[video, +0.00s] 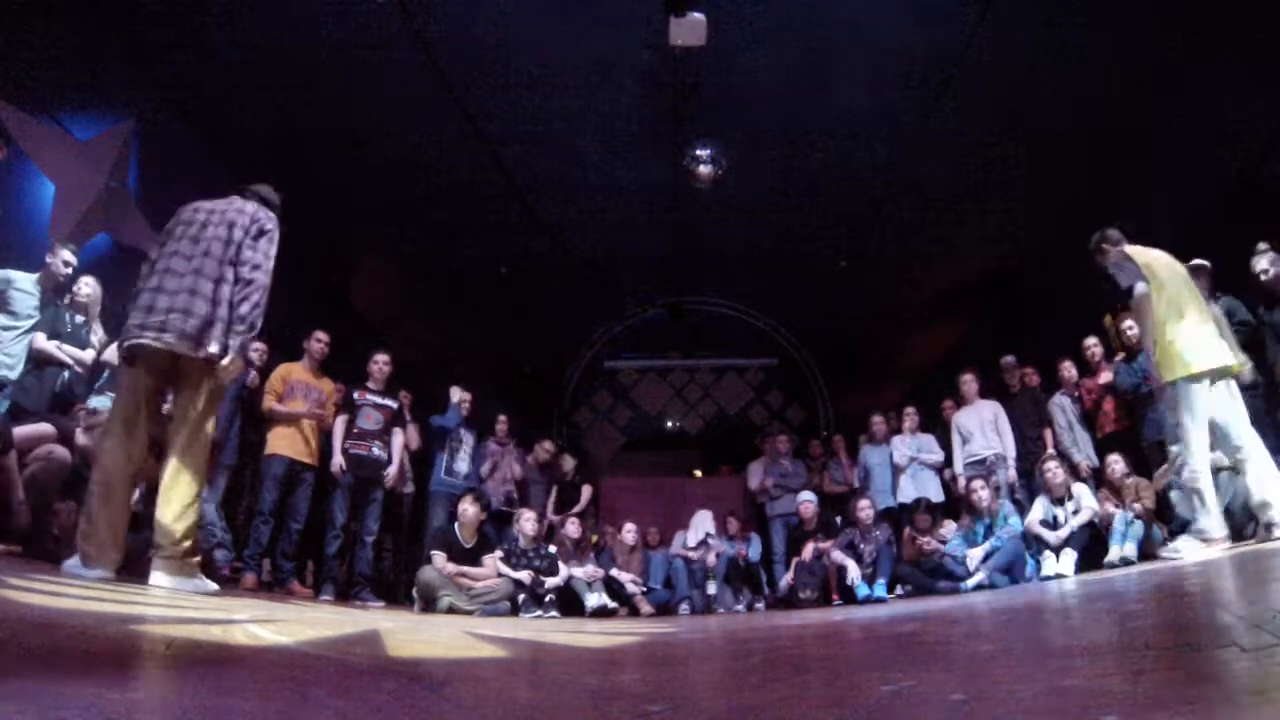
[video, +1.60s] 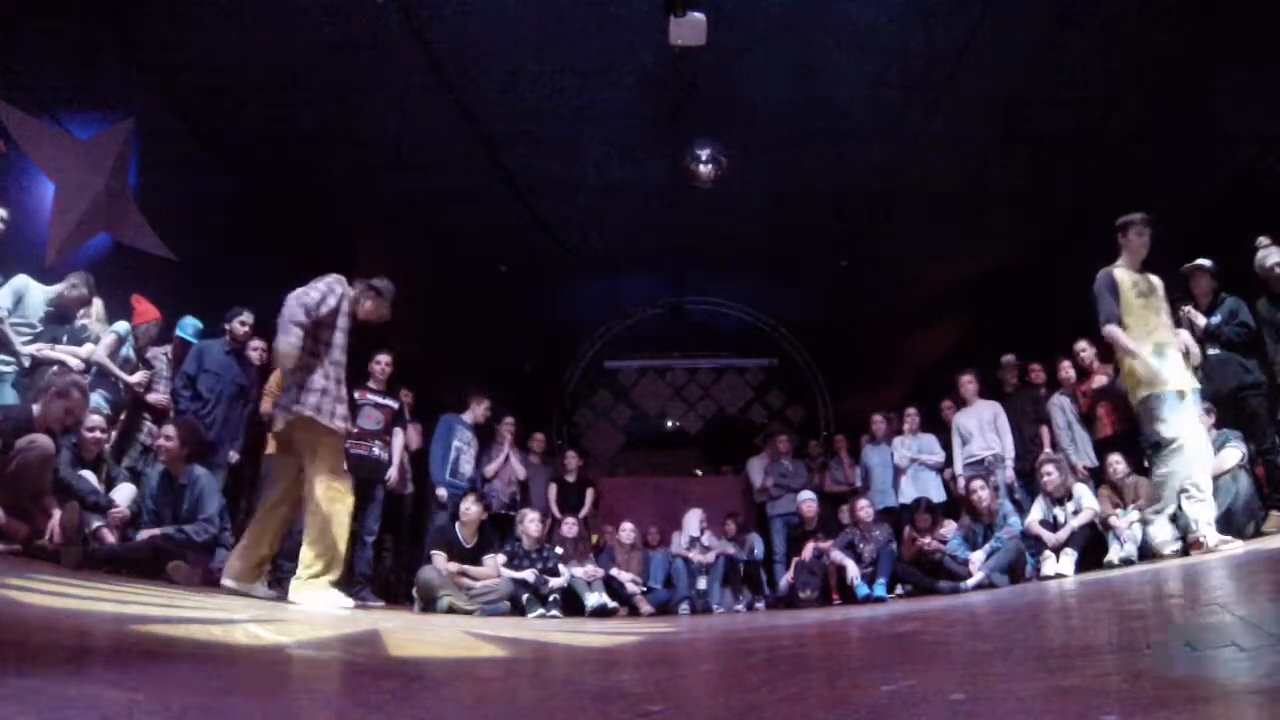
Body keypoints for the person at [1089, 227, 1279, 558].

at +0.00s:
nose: (1107, 268)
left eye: (1104, 262)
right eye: (1104, 264)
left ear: (1107, 249)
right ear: (1123, 241)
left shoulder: (1119, 257)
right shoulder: (1163, 257)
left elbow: (1141, 291)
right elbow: (1205, 308)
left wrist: (1147, 353)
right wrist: (1228, 351)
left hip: (1182, 361)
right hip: (1214, 354)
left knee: (1189, 451)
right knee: (1244, 440)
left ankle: (1208, 531)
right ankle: (1272, 516)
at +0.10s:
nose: (1096, 269)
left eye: (1093, 264)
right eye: (1093, 265)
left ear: (1098, 253)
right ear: (1115, 245)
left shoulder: (1114, 264)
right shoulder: (1151, 262)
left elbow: (1140, 301)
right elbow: (1189, 313)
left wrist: (1145, 364)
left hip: (1176, 368)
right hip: (1204, 361)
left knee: (1185, 455)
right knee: (1234, 443)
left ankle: (1198, 536)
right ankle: (1273, 513)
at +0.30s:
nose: (1077, 277)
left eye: (1074, 270)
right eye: (1073, 272)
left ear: (1083, 258)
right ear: (1092, 254)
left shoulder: (1104, 271)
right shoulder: (1127, 270)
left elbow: (1130, 313)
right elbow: (1157, 324)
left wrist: (1128, 370)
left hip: (1158, 372)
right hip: (1173, 369)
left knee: (1172, 455)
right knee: (1182, 451)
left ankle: (1198, 535)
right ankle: (1246, 492)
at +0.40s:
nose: (1069, 277)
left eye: (1068, 269)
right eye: (1065, 272)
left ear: (1081, 257)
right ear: (1083, 257)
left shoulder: (1102, 274)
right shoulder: (1117, 273)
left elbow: (1126, 318)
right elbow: (1143, 326)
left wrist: (1122, 373)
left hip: (1150, 374)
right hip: (1158, 373)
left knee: (1164, 453)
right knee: (1168, 452)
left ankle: (1197, 534)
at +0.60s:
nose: (1060, 269)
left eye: (1063, 261)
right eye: (1057, 265)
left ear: (1080, 256)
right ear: (1064, 269)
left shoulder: (1103, 277)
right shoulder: (1090, 294)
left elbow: (1129, 316)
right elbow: (1116, 340)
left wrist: (1096, 355)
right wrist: (1100, 371)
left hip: (1146, 384)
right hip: (1127, 391)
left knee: (1163, 457)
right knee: (1126, 469)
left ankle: (1199, 534)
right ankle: (1146, 539)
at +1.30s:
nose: (1101, 253)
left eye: (1105, 247)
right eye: (1095, 249)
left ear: (1114, 252)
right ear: (1085, 256)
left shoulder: (1137, 288)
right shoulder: (1079, 301)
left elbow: (1161, 333)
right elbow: (1079, 351)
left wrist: (1147, 325)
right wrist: (1120, 338)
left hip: (1160, 380)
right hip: (1123, 387)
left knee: (1187, 459)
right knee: (1134, 469)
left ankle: (1205, 532)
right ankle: (1136, 545)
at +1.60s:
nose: (1145, 241)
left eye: (1147, 236)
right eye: (1139, 236)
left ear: (1149, 240)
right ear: (1123, 239)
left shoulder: (1156, 282)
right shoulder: (1108, 278)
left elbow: (1165, 325)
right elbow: (1108, 327)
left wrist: (1184, 336)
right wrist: (1140, 357)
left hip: (1177, 373)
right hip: (1148, 377)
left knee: (1198, 448)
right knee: (1175, 447)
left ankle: (1203, 529)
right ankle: (1157, 522)